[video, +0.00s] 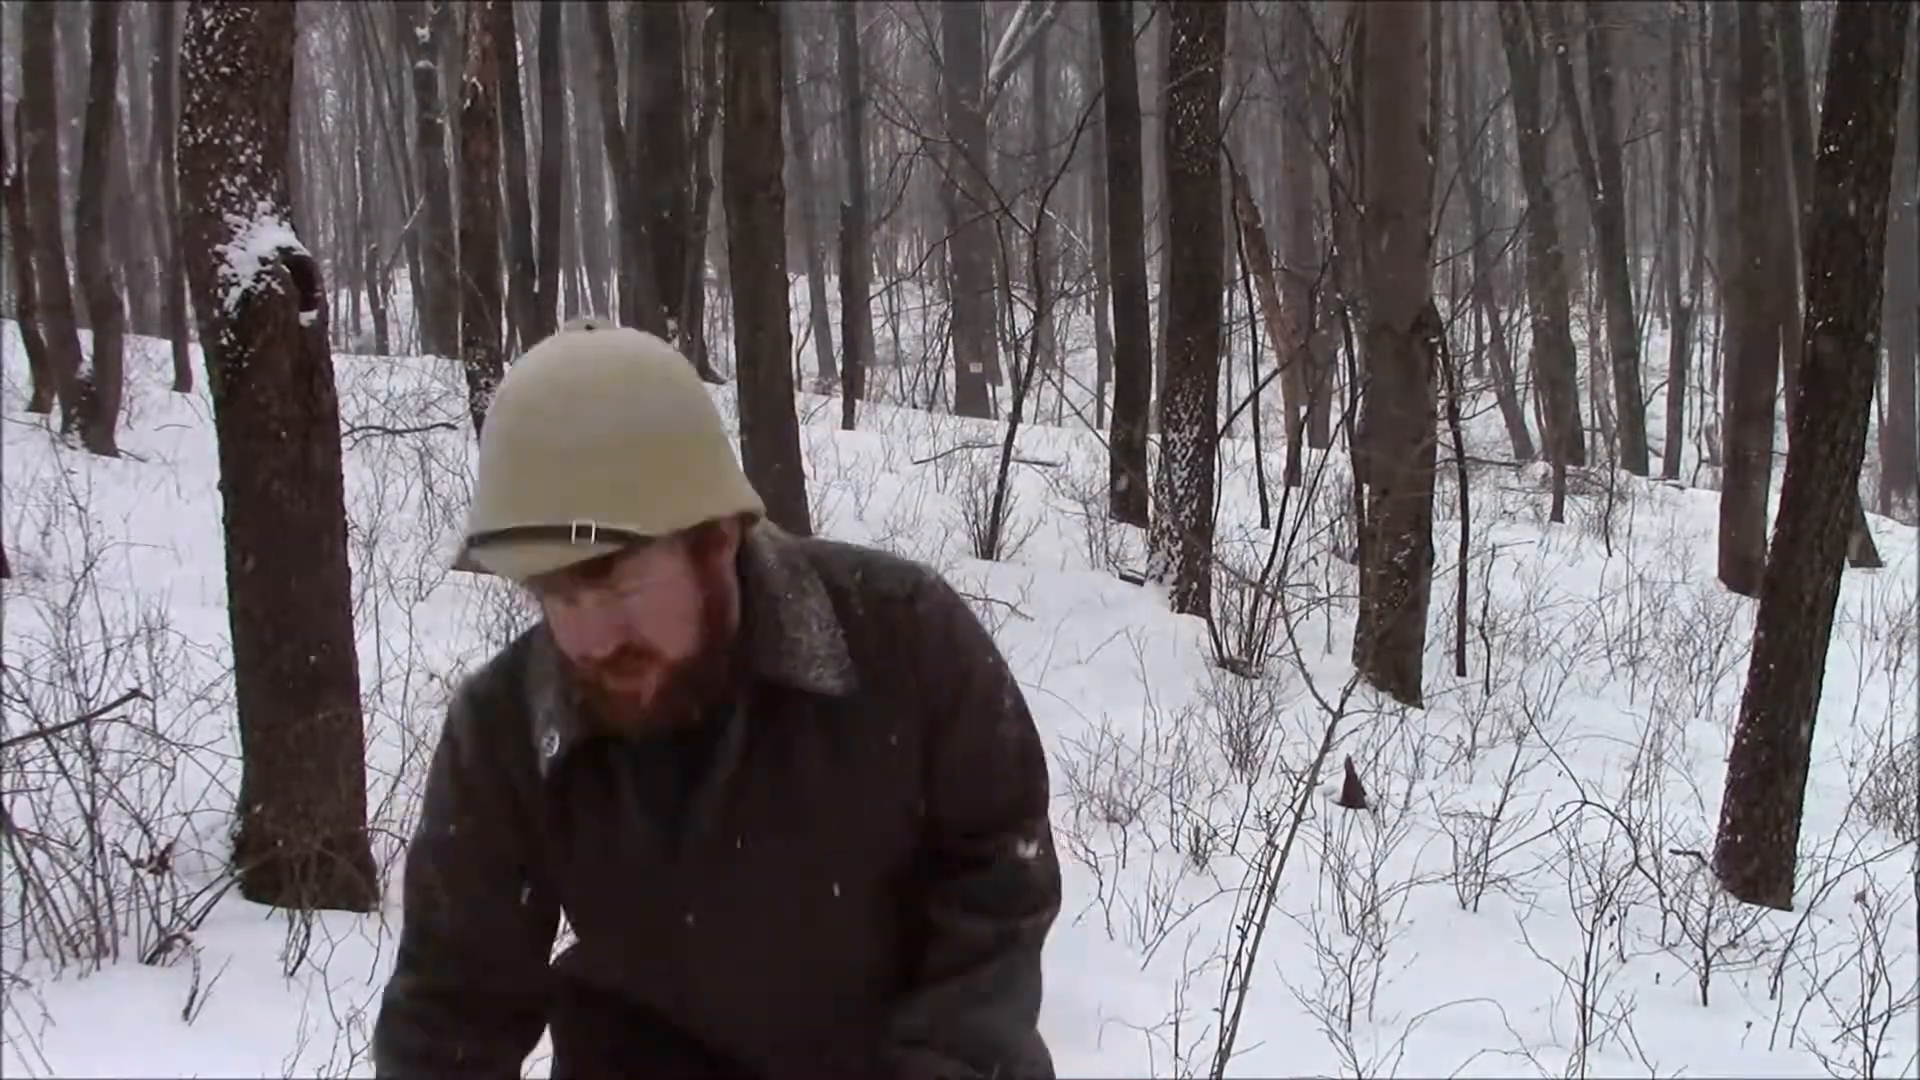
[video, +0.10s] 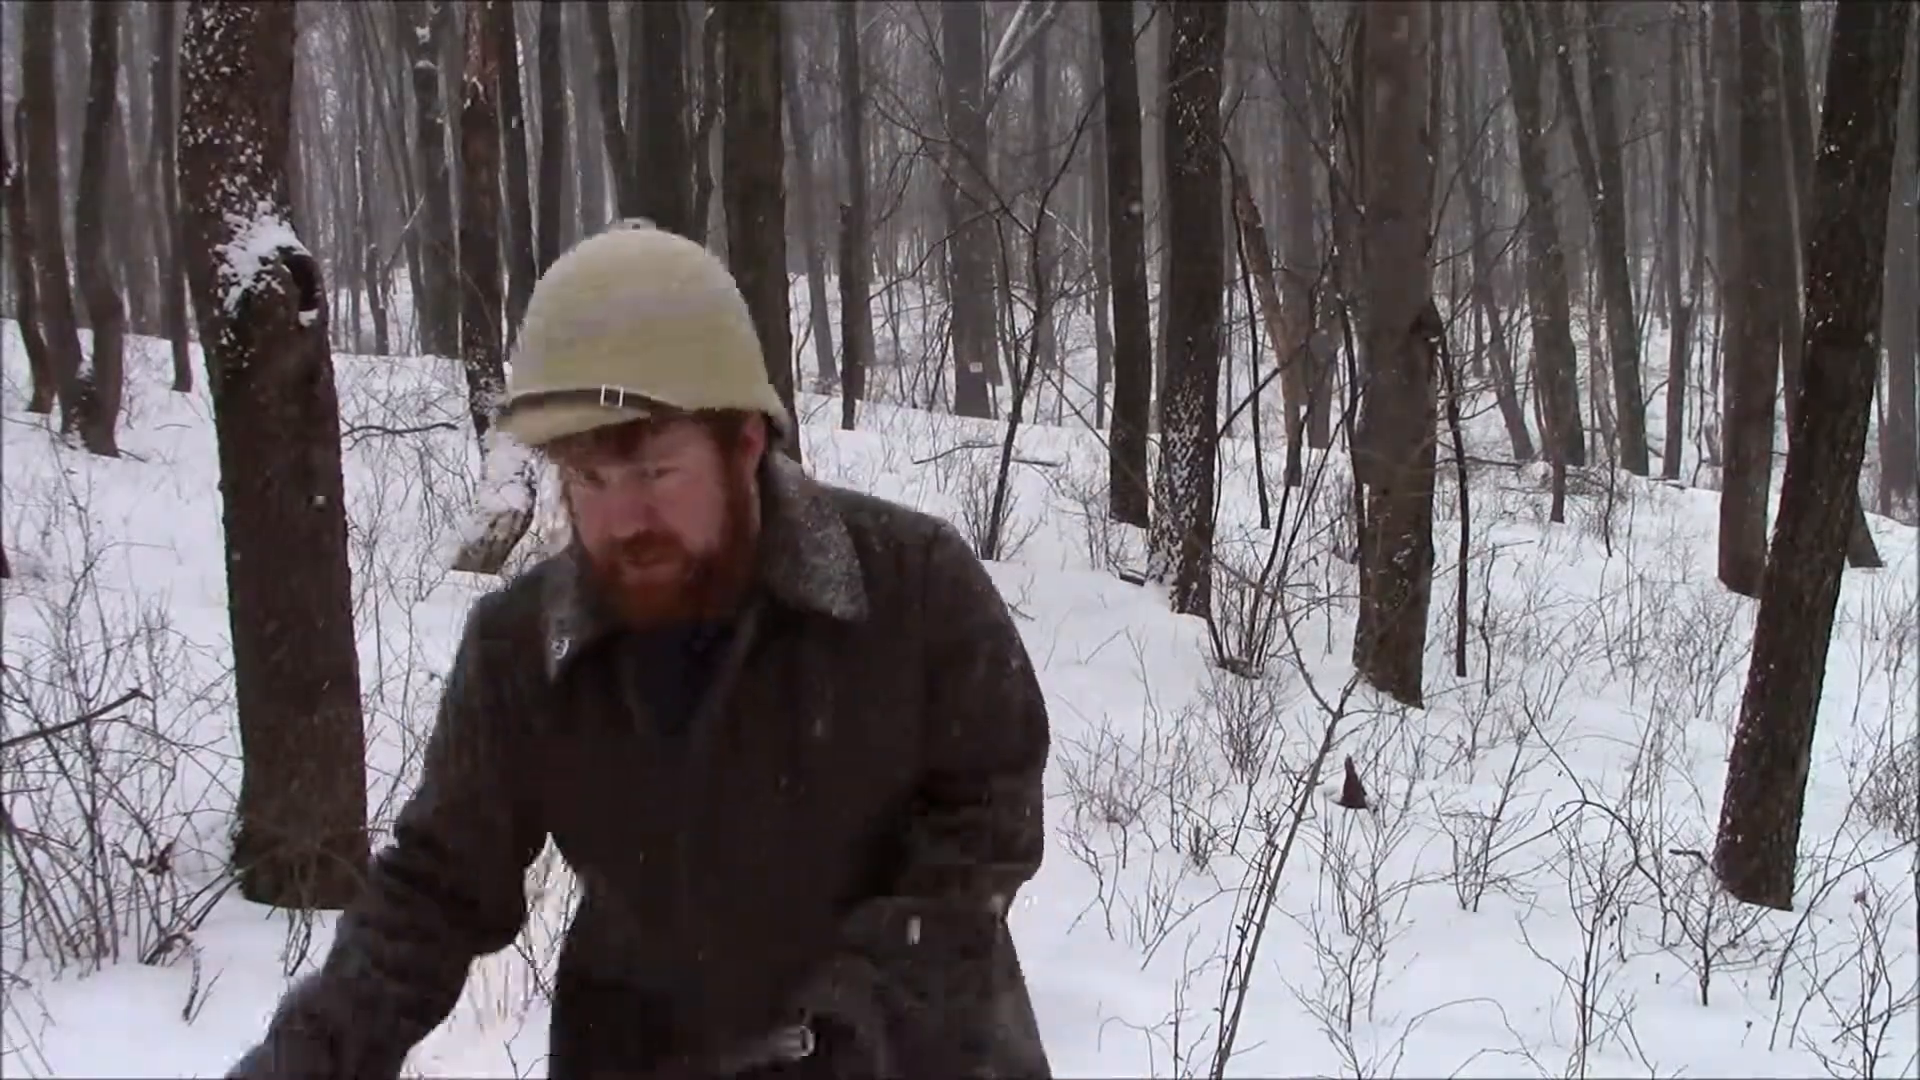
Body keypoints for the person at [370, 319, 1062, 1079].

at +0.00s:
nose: (586, 640)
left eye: (610, 580)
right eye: (550, 593)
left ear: (719, 534)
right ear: (523, 584)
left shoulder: (910, 640)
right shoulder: (504, 730)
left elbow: (998, 888)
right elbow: (453, 1012)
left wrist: (947, 1062)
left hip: (888, 1031)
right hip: (657, 1039)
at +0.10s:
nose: (619, 520)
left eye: (651, 465)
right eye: (583, 476)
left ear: (747, 439)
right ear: (555, 477)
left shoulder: (919, 588)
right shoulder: (520, 644)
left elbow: (986, 830)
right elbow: (435, 891)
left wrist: (835, 1025)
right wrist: (298, 1058)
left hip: (905, 1024)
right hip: (642, 1033)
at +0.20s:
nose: (653, 436)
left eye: (686, 387)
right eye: (623, 396)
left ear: (785, 377)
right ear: (595, 407)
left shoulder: (943, 559)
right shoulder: (547, 585)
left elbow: (991, 806)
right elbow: (427, 822)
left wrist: (835, 953)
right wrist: (267, 1002)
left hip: (918, 1025)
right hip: (651, 1028)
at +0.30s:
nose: (690, 387)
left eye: (725, 341)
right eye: (663, 348)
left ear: (818, 344)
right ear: (635, 360)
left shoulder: (962, 542)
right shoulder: (573, 555)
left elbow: (1025, 778)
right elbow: (469, 788)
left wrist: (874, 935)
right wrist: (335, 972)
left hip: (912, 1048)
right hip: (645, 1041)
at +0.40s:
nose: (719, 356)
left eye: (753, 317)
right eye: (695, 321)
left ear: (840, 328)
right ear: (667, 339)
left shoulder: (985, 530)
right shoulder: (600, 539)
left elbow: (1077, 768)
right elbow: (538, 781)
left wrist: (1001, 924)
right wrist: (456, 969)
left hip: (910, 1042)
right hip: (657, 1044)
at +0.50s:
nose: (736, 343)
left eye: (769, 301)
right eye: (711, 310)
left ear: (858, 313)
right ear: (686, 330)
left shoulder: (1006, 517)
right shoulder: (630, 533)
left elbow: (1119, 747)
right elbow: (583, 789)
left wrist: (1091, 932)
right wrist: (561, 1004)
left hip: (945, 1039)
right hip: (684, 1047)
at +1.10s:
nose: (844, 326)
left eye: (874, 289)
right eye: (823, 300)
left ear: (963, 298)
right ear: (805, 323)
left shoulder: (1110, 499)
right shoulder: (753, 519)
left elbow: (1210, 736)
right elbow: (699, 758)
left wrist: (1194, 892)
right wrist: (679, 938)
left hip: (1053, 1031)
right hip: (797, 1034)